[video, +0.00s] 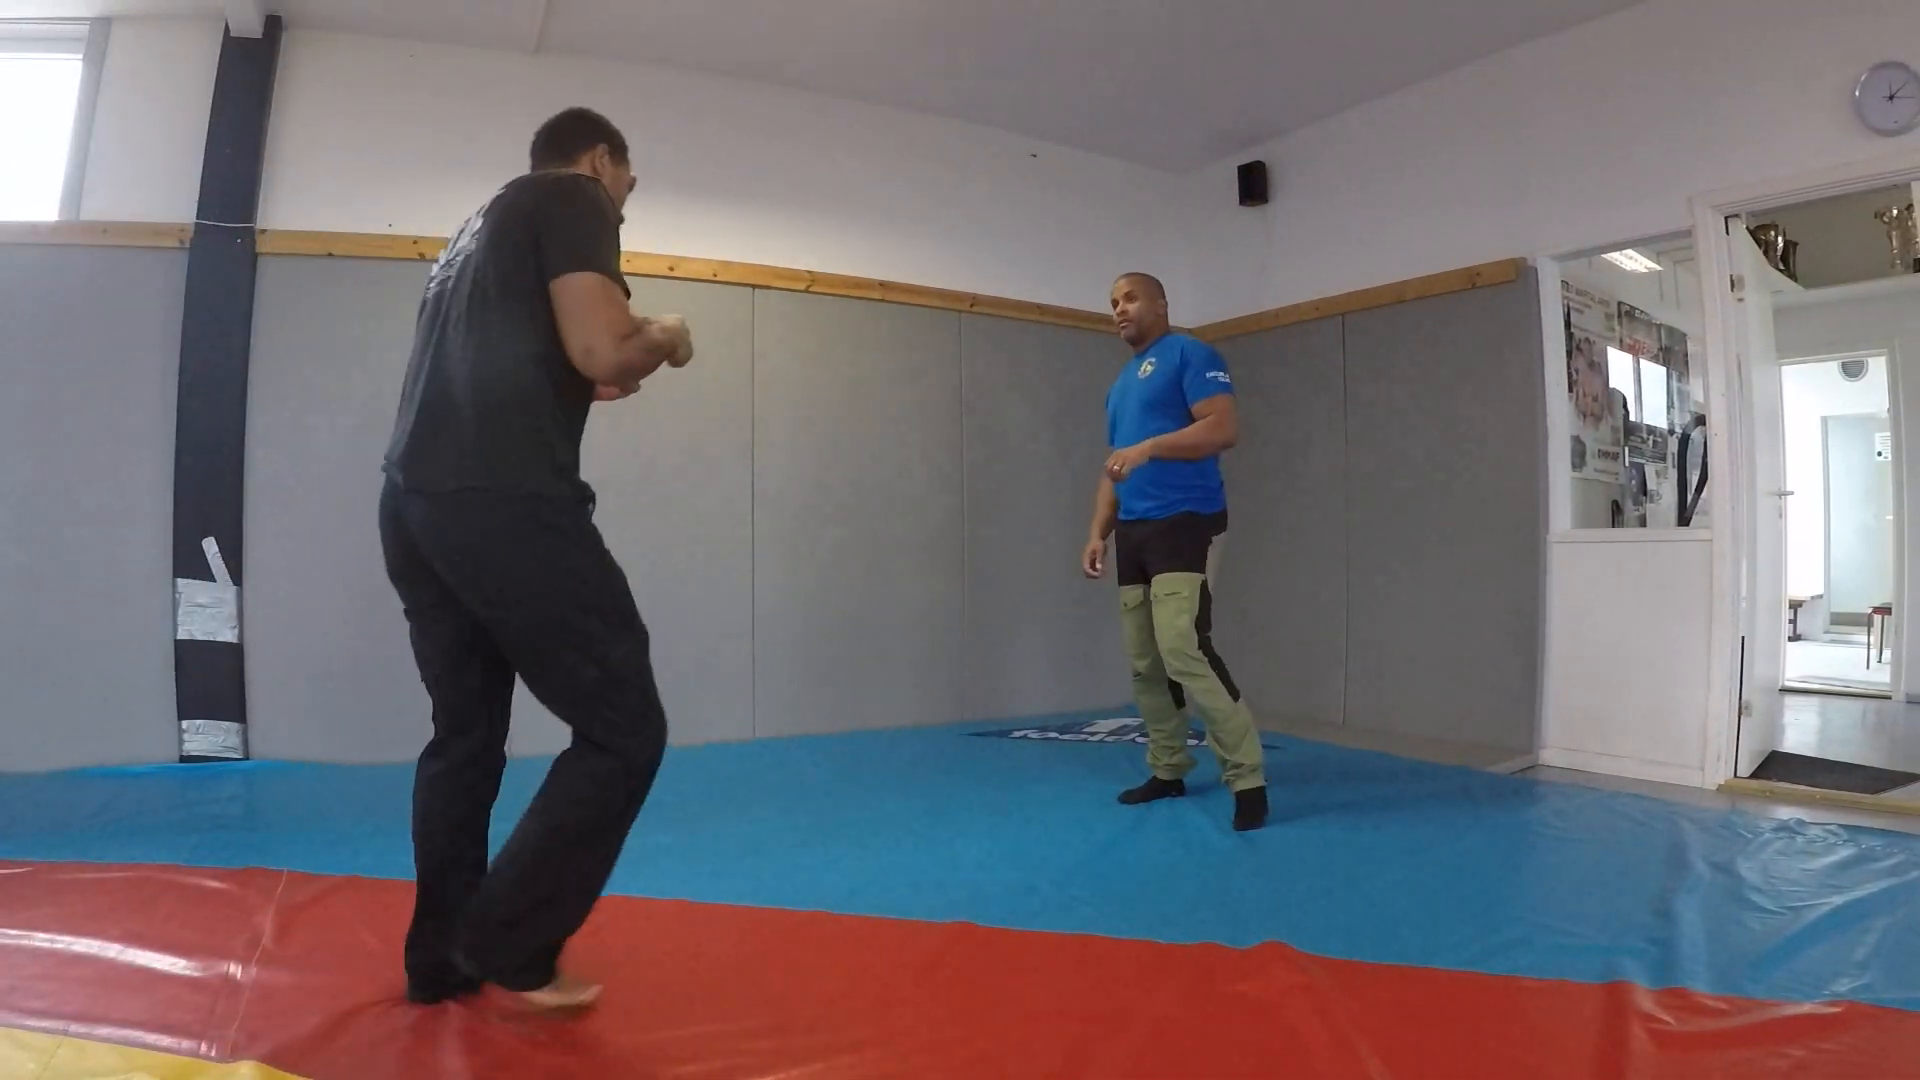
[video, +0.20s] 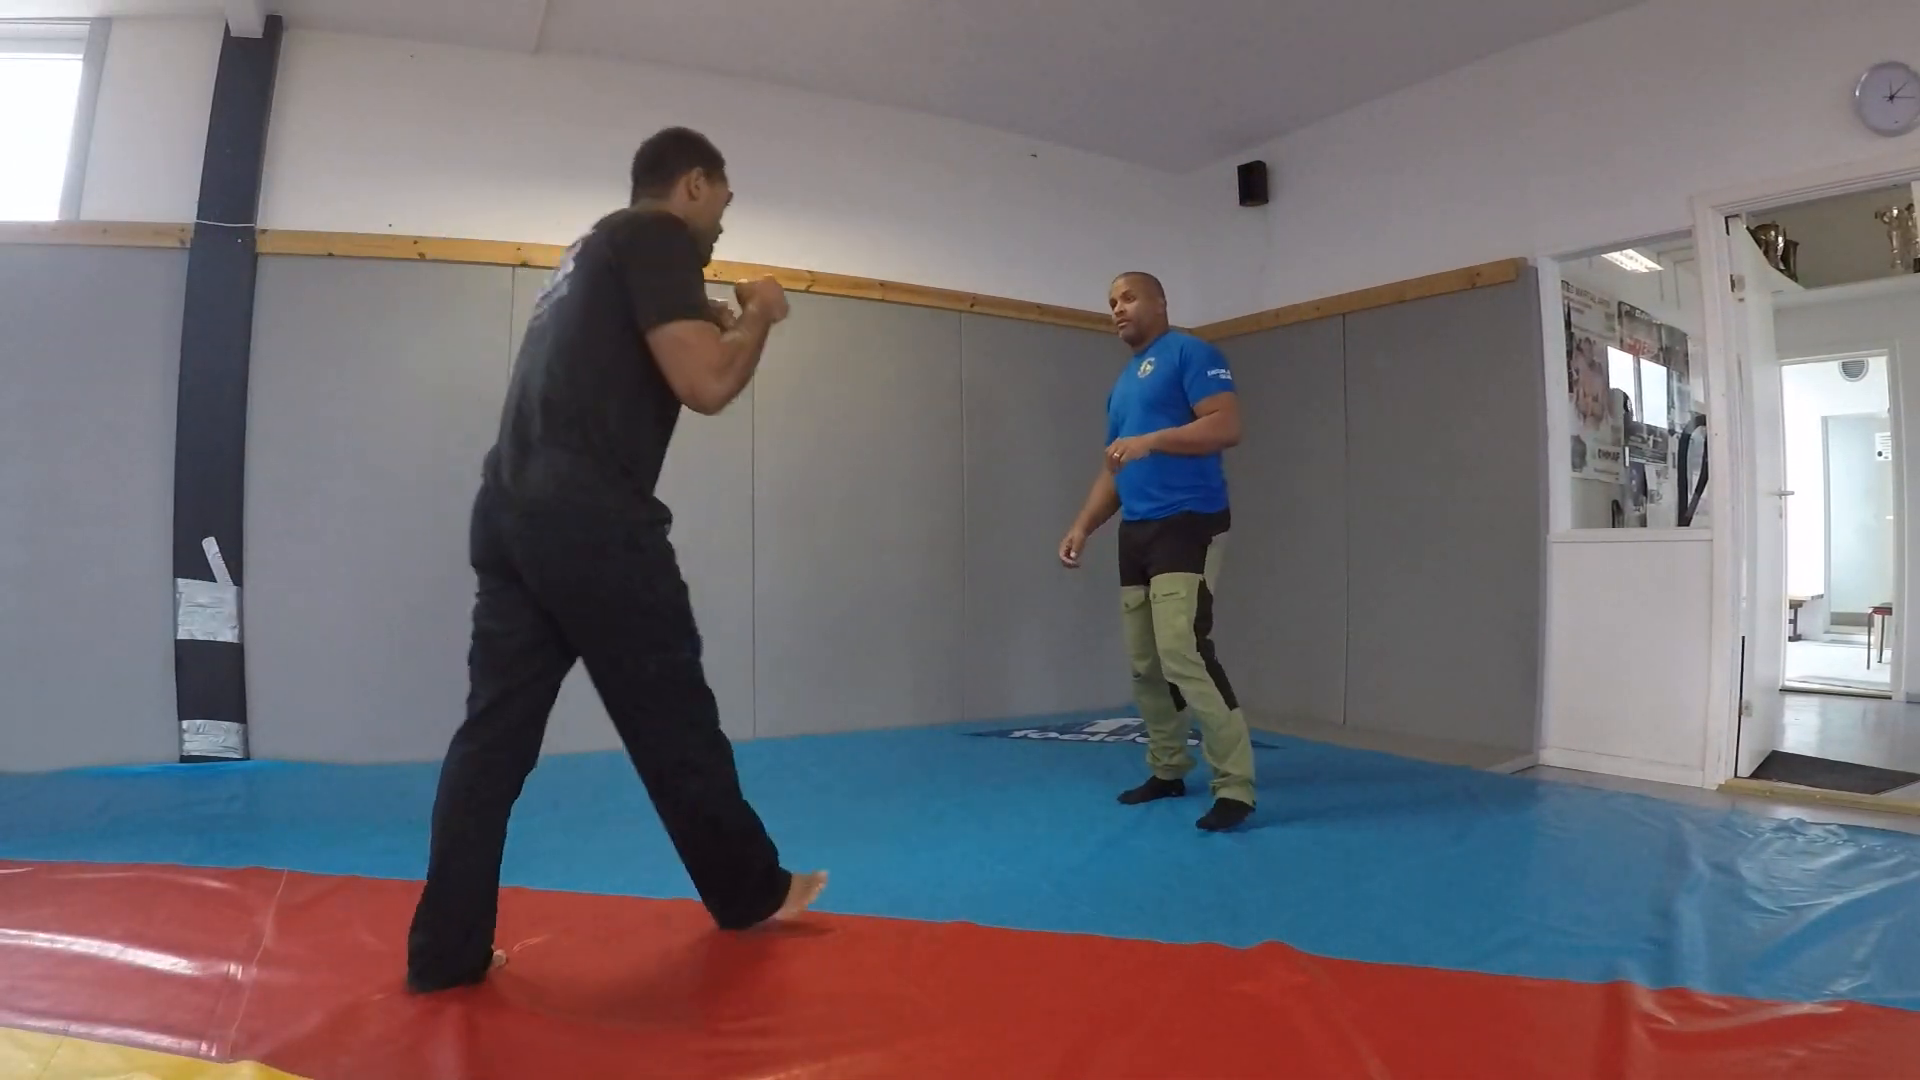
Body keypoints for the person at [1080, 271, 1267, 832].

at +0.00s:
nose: (1119, 311)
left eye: (1129, 300)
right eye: (1114, 305)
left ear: (1161, 304)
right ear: (1115, 318)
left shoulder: (1191, 354)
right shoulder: (1120, 386)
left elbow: (1222, 428)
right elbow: (1116, 465)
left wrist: (1147, 448)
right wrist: (1098, 531)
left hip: (1184, 522)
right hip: (1133, 529)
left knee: (1182, 650)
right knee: (1146, 661)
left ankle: (1248, 778)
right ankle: (1167, 773)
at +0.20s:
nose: (1117, 311)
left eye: (1126, 299)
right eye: (1112, 305)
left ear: (1160, 303)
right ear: (1115, 318)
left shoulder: (1190, 353)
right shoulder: (1122, 385)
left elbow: (1226, 426)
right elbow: (1116, 469)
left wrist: (1149, 442)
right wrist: (1082, 524)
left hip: (1187, 523)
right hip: (1136, 529)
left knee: (1183, 652)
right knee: (1147, 662)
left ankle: (1235, 788)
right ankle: (1167, 772)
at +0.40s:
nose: (1117, 313)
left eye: (1127, 300)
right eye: (1112, 306)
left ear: (1161, 303)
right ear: (1117, 319)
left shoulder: (1192, 353)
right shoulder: (1136, 377)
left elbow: (1221, 430)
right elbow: (1139, 469)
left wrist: (1138, 420)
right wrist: (1091, 500)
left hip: (1197, 533)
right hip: (1147, 534)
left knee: (1194, 671)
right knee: (1147, 670)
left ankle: (1227, 803)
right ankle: (1167, 774)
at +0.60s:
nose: (1123, 322)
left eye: (1134, 309)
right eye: (1119, 314)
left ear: (1171, 310)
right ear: (1126, 326)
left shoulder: (1199, 364)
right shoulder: (1154, 381)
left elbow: (1200, 445)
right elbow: (1166, 478)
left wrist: (1128, 401)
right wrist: (1113, 472)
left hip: (1217, 537)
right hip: (1169, 539)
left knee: (1191, 669)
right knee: (1146, 673)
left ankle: (1259, 804)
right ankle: (1169, 773)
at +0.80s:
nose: (1141, 328)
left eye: (1151, 315)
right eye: (1138, 319)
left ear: (1190, 317)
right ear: (1147, 327)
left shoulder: (1214, 374)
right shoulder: (1182, 381)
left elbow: (1192, 467)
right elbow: (1178, 462)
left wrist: (1129, 415)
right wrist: (1128, 431)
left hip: (1247, 544)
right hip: (1201, 544)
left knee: (1203, 674)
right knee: (1157, 670)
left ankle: (1264, 817)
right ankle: (1171, 774)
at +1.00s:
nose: (1169, 329)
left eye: (1179, 316)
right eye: (1166, 319)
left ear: (1220, 317)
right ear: (1174, 325)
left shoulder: (1259, 387)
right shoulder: (1181, 376)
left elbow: (1246, 480)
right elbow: (1116, 410)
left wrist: (1179, 412)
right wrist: (1068, 355)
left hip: (1267, 546)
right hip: (1213, 544)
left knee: (1217, 671)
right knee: (1172, 663)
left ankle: (1265, 818)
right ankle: (1215, 754)